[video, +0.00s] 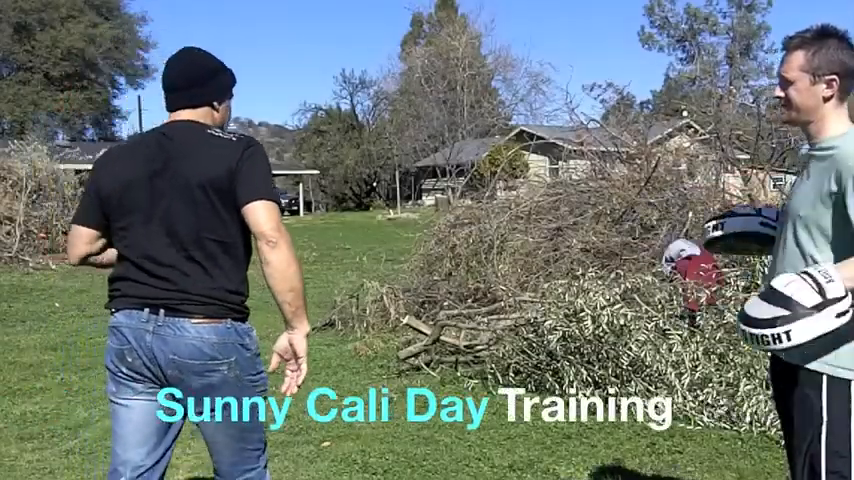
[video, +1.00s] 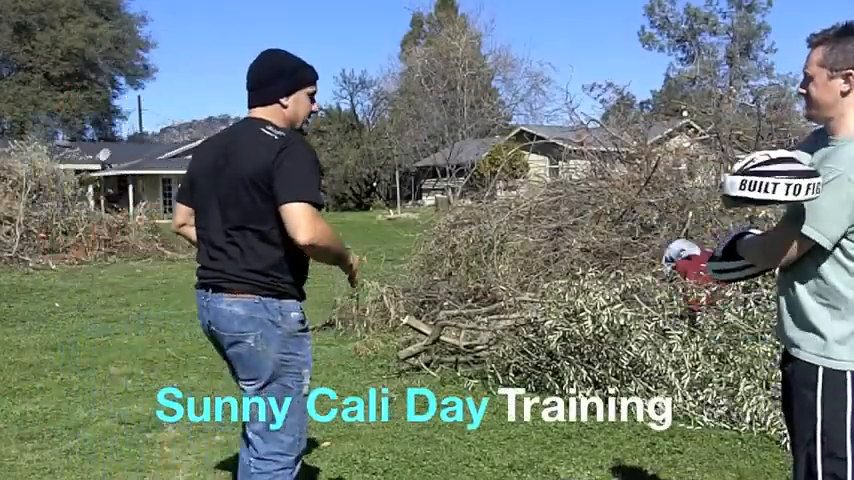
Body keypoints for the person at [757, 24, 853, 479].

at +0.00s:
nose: (778, 92)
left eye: (787, 83)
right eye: (779, 82)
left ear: (828, 87)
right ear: (822, 87)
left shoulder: (845, 158)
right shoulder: (815, 155)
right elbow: (822, 239)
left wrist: (822, 282)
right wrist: (775, 232)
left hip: (831, 364)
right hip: (797, 354)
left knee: (827, 471)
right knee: (805, 468)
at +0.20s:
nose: (795, 91)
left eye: (805, 81)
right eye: (797, 81)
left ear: (845, 86)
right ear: (841, 87)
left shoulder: (847, 160)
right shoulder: (823, 156)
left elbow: (844, 254)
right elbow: (798, 224)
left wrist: (736, 278)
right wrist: (726, 218)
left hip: (830, 365)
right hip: (801, 358)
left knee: (827, 470)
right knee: (807, 468)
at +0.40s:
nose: (804, 89)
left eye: (814, 79)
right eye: (807, 79)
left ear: (849, 85)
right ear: (841, 85)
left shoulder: (846, 161)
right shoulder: (821, 153)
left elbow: (790, 248)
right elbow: (764, 202)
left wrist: (707, 254)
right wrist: (724, 187)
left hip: (832, 364)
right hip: (803, 355)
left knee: (827, 471)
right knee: (810, 467)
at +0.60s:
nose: (804, 87)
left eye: (814, 77)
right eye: (807, 76)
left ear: (848, 84)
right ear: (842, 84)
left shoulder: (843, 158)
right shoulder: (821, 146)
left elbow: (774, 243)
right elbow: (782, 238)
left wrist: (703, 252)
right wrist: (717, 251)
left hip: (832, 354)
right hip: (805, 347)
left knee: (827, 469)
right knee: (809, 464)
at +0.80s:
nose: (801, 87)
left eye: (810, 77)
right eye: (804, 76)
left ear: (846, 83)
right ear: (841, 83)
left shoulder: (841, 160)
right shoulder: (823, 148)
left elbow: (771, 243)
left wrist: (741, 239)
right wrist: (764, 233)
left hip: (831, 348)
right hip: (810, 343)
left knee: (827, 469)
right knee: (812, 464)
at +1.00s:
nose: (801, 90)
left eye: (809, 80)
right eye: (803, 79)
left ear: (845, 84)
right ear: (840, 83)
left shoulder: (844, 161)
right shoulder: (817, 146)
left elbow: (780, 251)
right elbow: (777, 230)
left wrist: (737, 244)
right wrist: (723, 265)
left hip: (833, 354)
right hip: (806, 346)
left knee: (828, 469)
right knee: (811, 465)